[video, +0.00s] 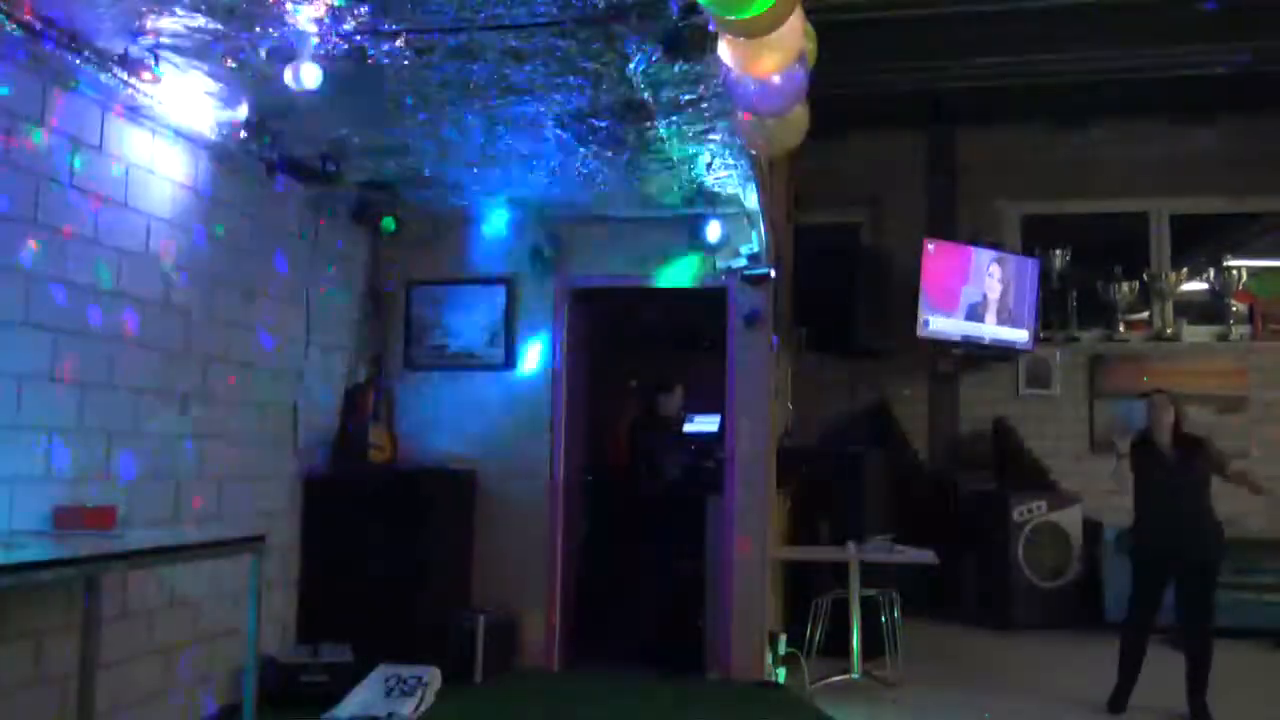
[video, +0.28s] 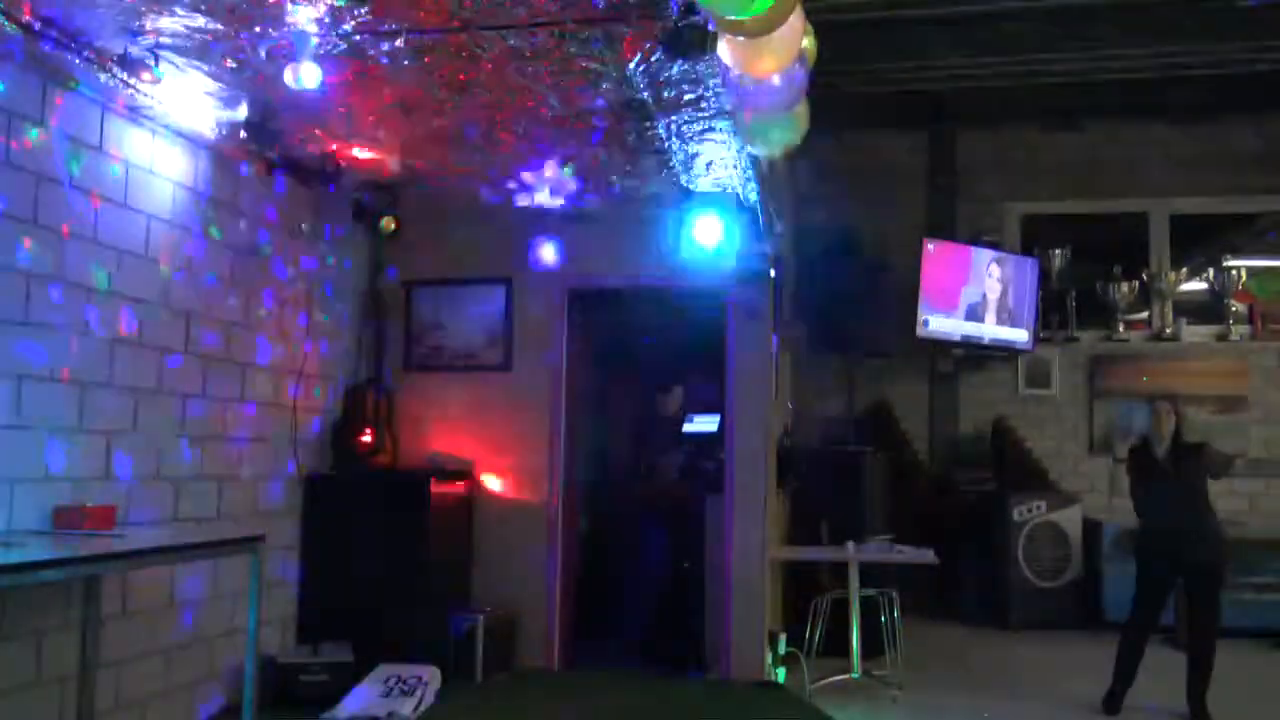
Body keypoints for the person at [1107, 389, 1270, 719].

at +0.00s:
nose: (1159, 415)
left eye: (1165, 408)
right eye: (1153, 409)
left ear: (1176, 413)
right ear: (1147, 415)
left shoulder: (1196, 446)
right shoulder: (1140, 447)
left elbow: (1226, 470)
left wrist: (1252, 484)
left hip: (1197, 547)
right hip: (1152, 546)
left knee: (1197, 627)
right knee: (1137, 621)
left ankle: (1197, 700)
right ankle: (1122, 690)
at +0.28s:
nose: (1164, 421)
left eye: (1169, 415)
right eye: (1158, 415)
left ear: (1177, 421)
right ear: (1149, 420)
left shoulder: (1194, 452)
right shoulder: (1139, 455)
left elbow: (1226, 464)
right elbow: (1140, 503)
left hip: (1200, 551)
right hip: (1157, 551)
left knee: (1202, 629)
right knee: (1140, 622)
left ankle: (1198, 702)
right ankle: (1117, 693)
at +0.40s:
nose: (1160, 425)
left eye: (1165, 418)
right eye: (1153, 418)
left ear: (1173, 423)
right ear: (1142, 424)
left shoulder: (1186, 455)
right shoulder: (1134, 461)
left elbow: (1217, 469)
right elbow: (1136, 506)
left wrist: (1175, 455)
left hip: (1194, 554)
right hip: (1153, 553)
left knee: (1201, 630)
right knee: (1137, 623)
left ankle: (1197, 704)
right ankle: (1112, 697)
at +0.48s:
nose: (1154, 424)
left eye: (1160, 418)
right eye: (1149, 418)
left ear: (1170, 424)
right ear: (1140, 423)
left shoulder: (1182, 454)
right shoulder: (1130, 455)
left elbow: (1210, 471)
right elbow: (1129, 500)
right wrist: (1140, 532)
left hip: (1193, 552)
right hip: (1153, 553)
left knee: (1200, 632)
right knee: (1132, 625)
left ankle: (1196, 703)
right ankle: (1110, 695)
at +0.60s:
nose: (1147, 424)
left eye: (1153, 419)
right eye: (1141, 417)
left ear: (1162, 424)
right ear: (1131, 422)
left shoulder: (1175, 458)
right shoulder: (1118, 457)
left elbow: (1212, 483)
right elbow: (1120, 493)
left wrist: (1258, 500)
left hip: (1182, 552)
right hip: (1137, 553)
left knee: (1191, 628)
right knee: (1125, 624)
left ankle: (1196, 704)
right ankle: (1108, 698)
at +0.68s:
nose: (1143, 420)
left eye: (1149, 414)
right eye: (1137, 414)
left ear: (1158, 420)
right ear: (1126, 419)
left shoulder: (1173, 457)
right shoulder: (1111, 457)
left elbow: (1205, 488)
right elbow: (1116, 502)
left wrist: (1237, 503)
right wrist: (1135, 452)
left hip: (1175, 549)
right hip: (1130, 550)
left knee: (1184, 626)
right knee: (1119, 623)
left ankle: (1194, 702)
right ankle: (1108, 698)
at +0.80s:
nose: (1133, 415)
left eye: (1139, 409)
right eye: (1128, 409)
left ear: (1149, 415)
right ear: (1117, 414)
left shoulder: (1165, 454)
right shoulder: (1101, 453)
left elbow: (1190, 486)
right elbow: (1098, 493)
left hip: (1160, 548)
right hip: (1116, 549)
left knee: (1176, 626)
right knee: (1112, 624)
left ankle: (1192, 703)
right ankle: (1107, 697)